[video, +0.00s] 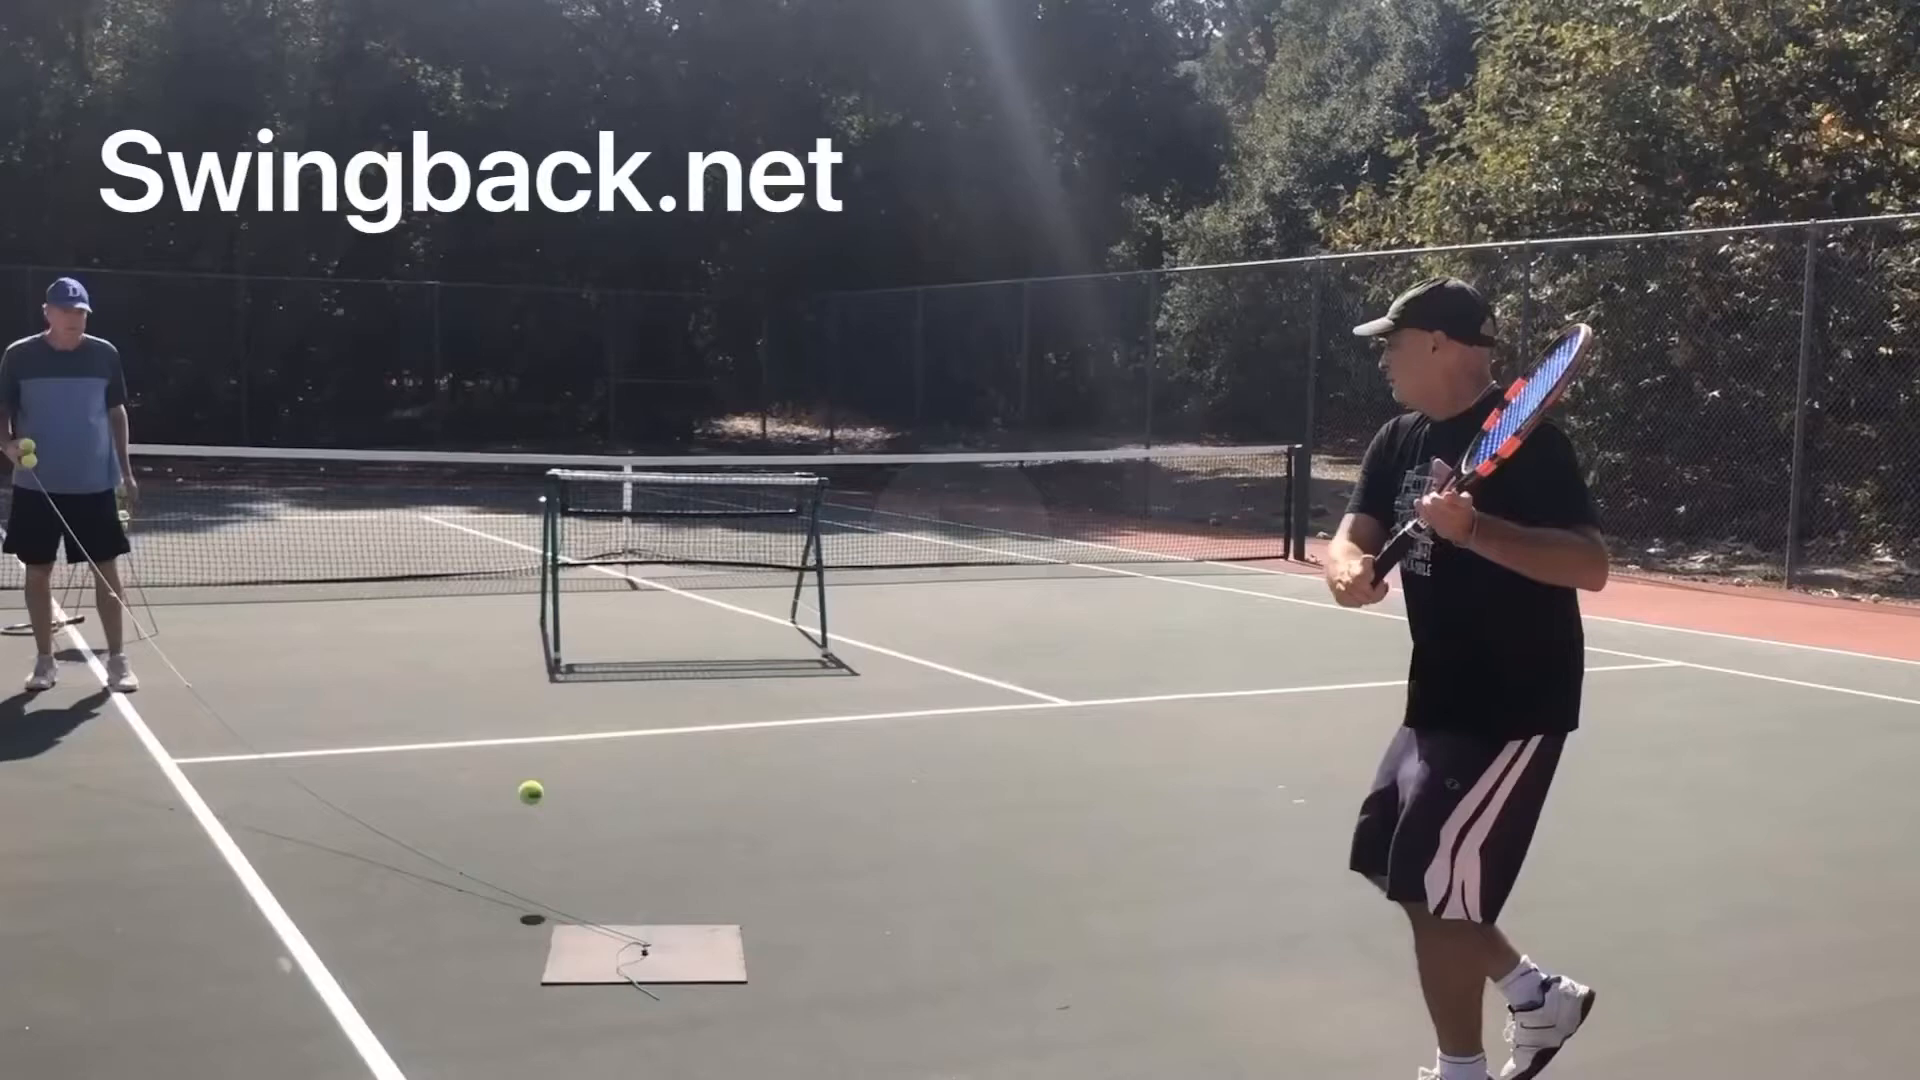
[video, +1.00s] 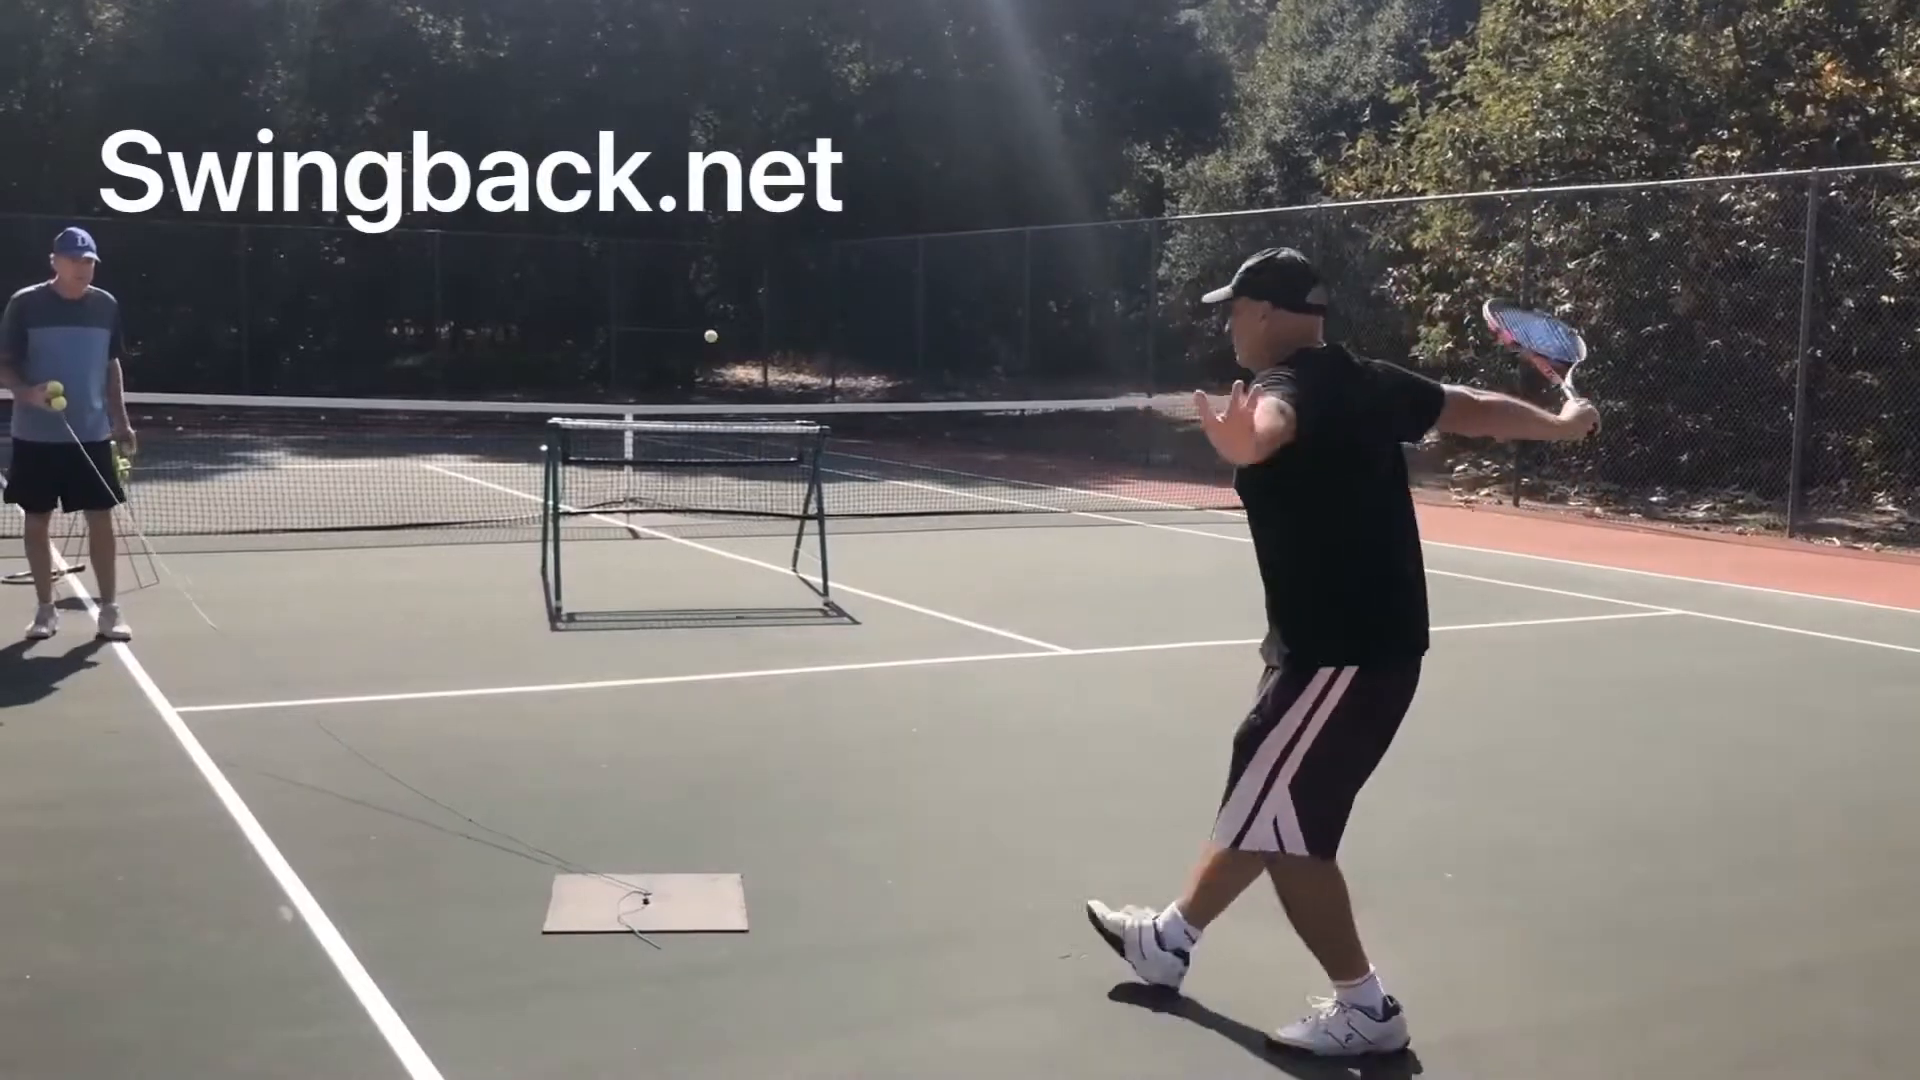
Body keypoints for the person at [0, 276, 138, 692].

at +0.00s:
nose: (74, 318)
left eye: (79, 311)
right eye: (66, 311)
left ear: (87, 314)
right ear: (47, 312)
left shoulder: (104, 354)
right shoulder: (18, 356)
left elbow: (117, 413)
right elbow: (5, 412)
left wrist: (126, 470)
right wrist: (9, 443)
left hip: (94, 487)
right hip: (36, 489)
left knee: (107, 572)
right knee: (37, 574)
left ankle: (117, 660)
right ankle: (45, 660)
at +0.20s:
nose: (64, 318)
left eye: (69, 311)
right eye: (55, 310)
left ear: (77, 313)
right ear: (36, 312)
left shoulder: (94, 353)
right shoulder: (10, 356)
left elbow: (105, 412)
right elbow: (3, 417)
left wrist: (118, 471)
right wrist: (5, 445)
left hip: (85, 487)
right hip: (28, 489)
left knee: (103, 571)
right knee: (32, 575)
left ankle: (115, 659)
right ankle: (44, 661)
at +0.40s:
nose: (58, 267)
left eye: (64, 259)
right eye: (50, 259)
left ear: (71, 262)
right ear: (31, 261)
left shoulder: (86, 301)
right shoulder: (6, 306)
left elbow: (98, 360)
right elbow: (0, 371)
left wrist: (116, 414)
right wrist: (6, 396)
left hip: (83, 435)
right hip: (26, 439)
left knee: (100, 516)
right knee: (30, 523)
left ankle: (110, 608)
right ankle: (44, 610)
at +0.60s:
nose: (61, 267)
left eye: (66, 259)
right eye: (53, 259)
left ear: (73, 262)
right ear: (32, 260)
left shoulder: (87, 302)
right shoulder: (7, 305)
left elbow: (99, 359)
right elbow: (2, 374)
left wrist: (118, 408)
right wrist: (12, 396)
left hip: (81, 437)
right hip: (26, 439)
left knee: (96, 518)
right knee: (31, 523)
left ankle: (108, 609)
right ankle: (44, 609)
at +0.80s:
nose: (70, 266)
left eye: (76, 259)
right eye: (62, 258)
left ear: (82, 262)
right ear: (43, 260)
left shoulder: (95, 303)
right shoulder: (13, 305)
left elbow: (105, 362)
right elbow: (2, 367)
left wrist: (122, 415)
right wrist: (20, 393)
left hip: (85, 437)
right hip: (30, 439)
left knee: (98, 520)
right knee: (33, 524)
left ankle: (108, 609)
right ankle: (45, 610)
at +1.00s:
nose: (82, 270)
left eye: (88, 262)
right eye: (74, 261)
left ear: (96, 265)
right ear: (55, 261)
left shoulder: (105, 306)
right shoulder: (24, 304)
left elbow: (111, 365)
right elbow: (6, 364)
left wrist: (121, 422)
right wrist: (27, 392)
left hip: (91, 437)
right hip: (36, 437)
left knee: (101, 519)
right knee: (37, 521)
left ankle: (109, 609)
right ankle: (45, 609)